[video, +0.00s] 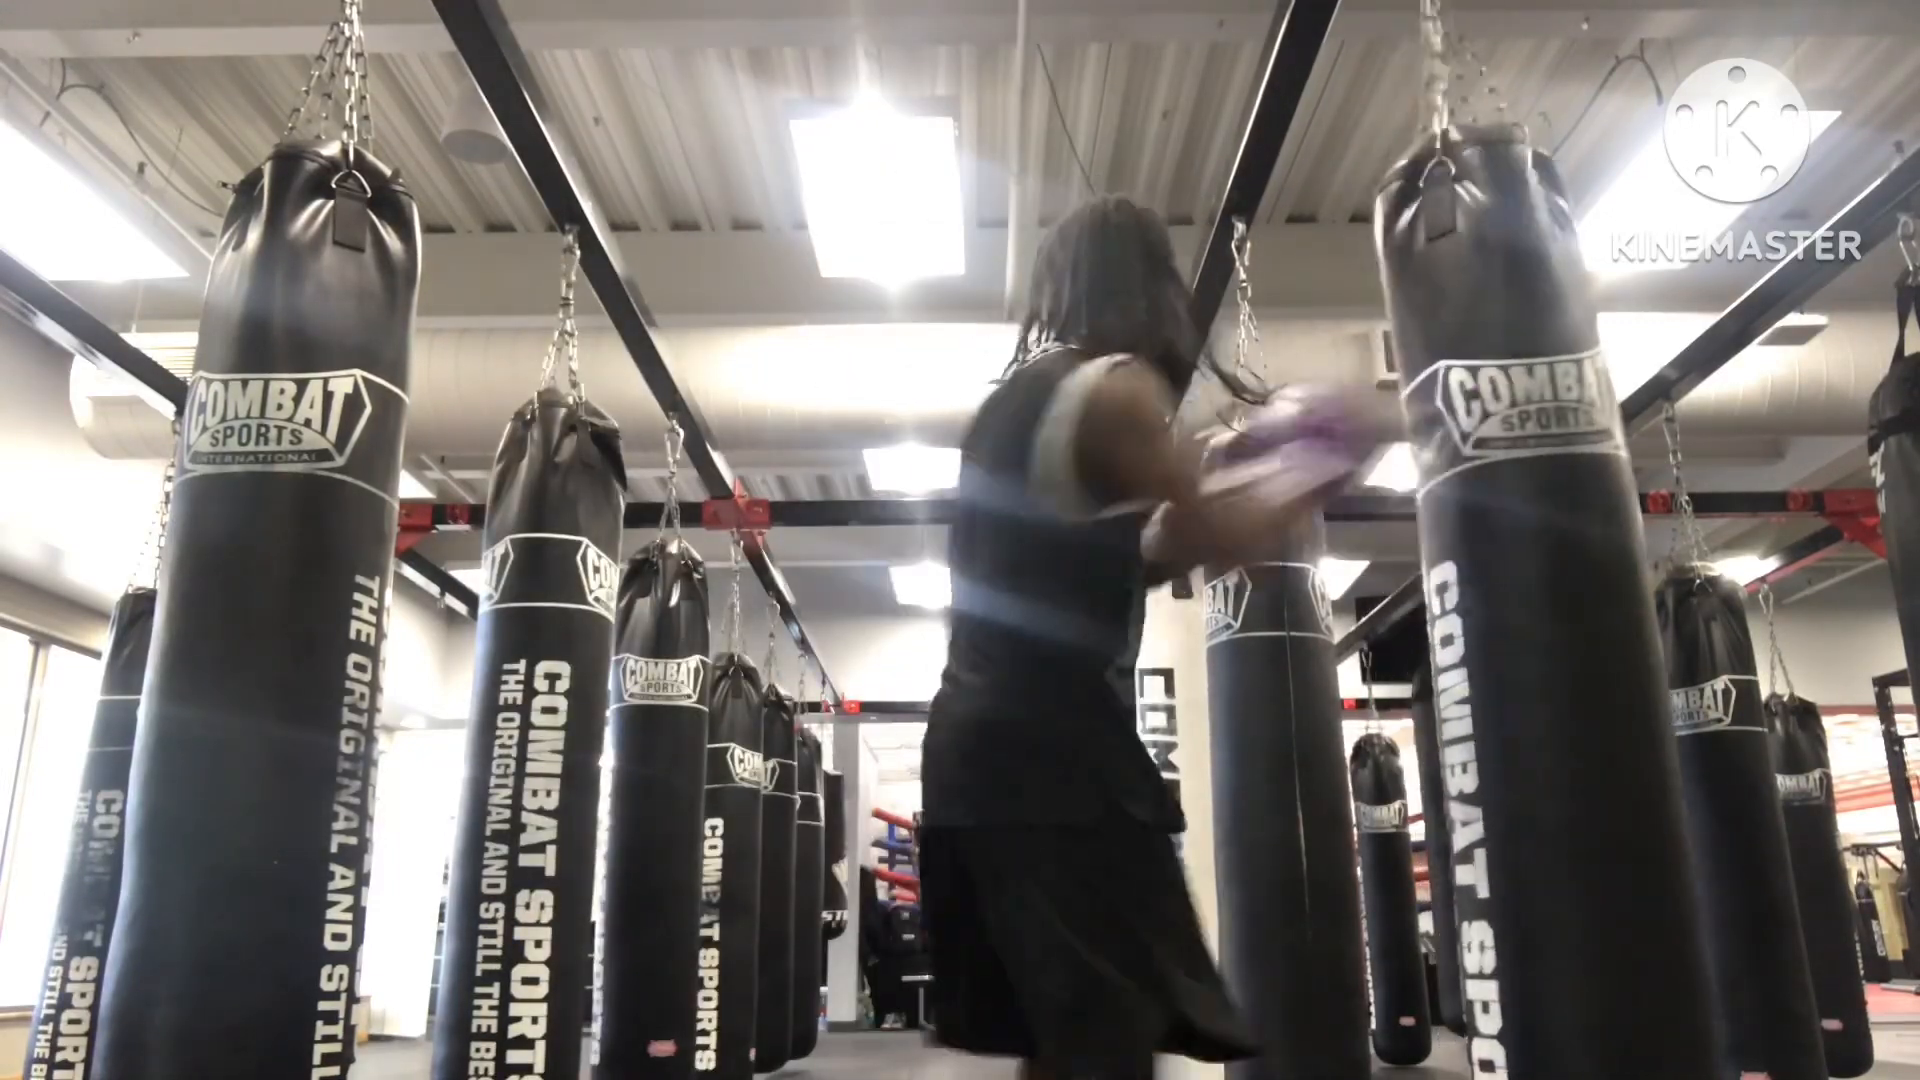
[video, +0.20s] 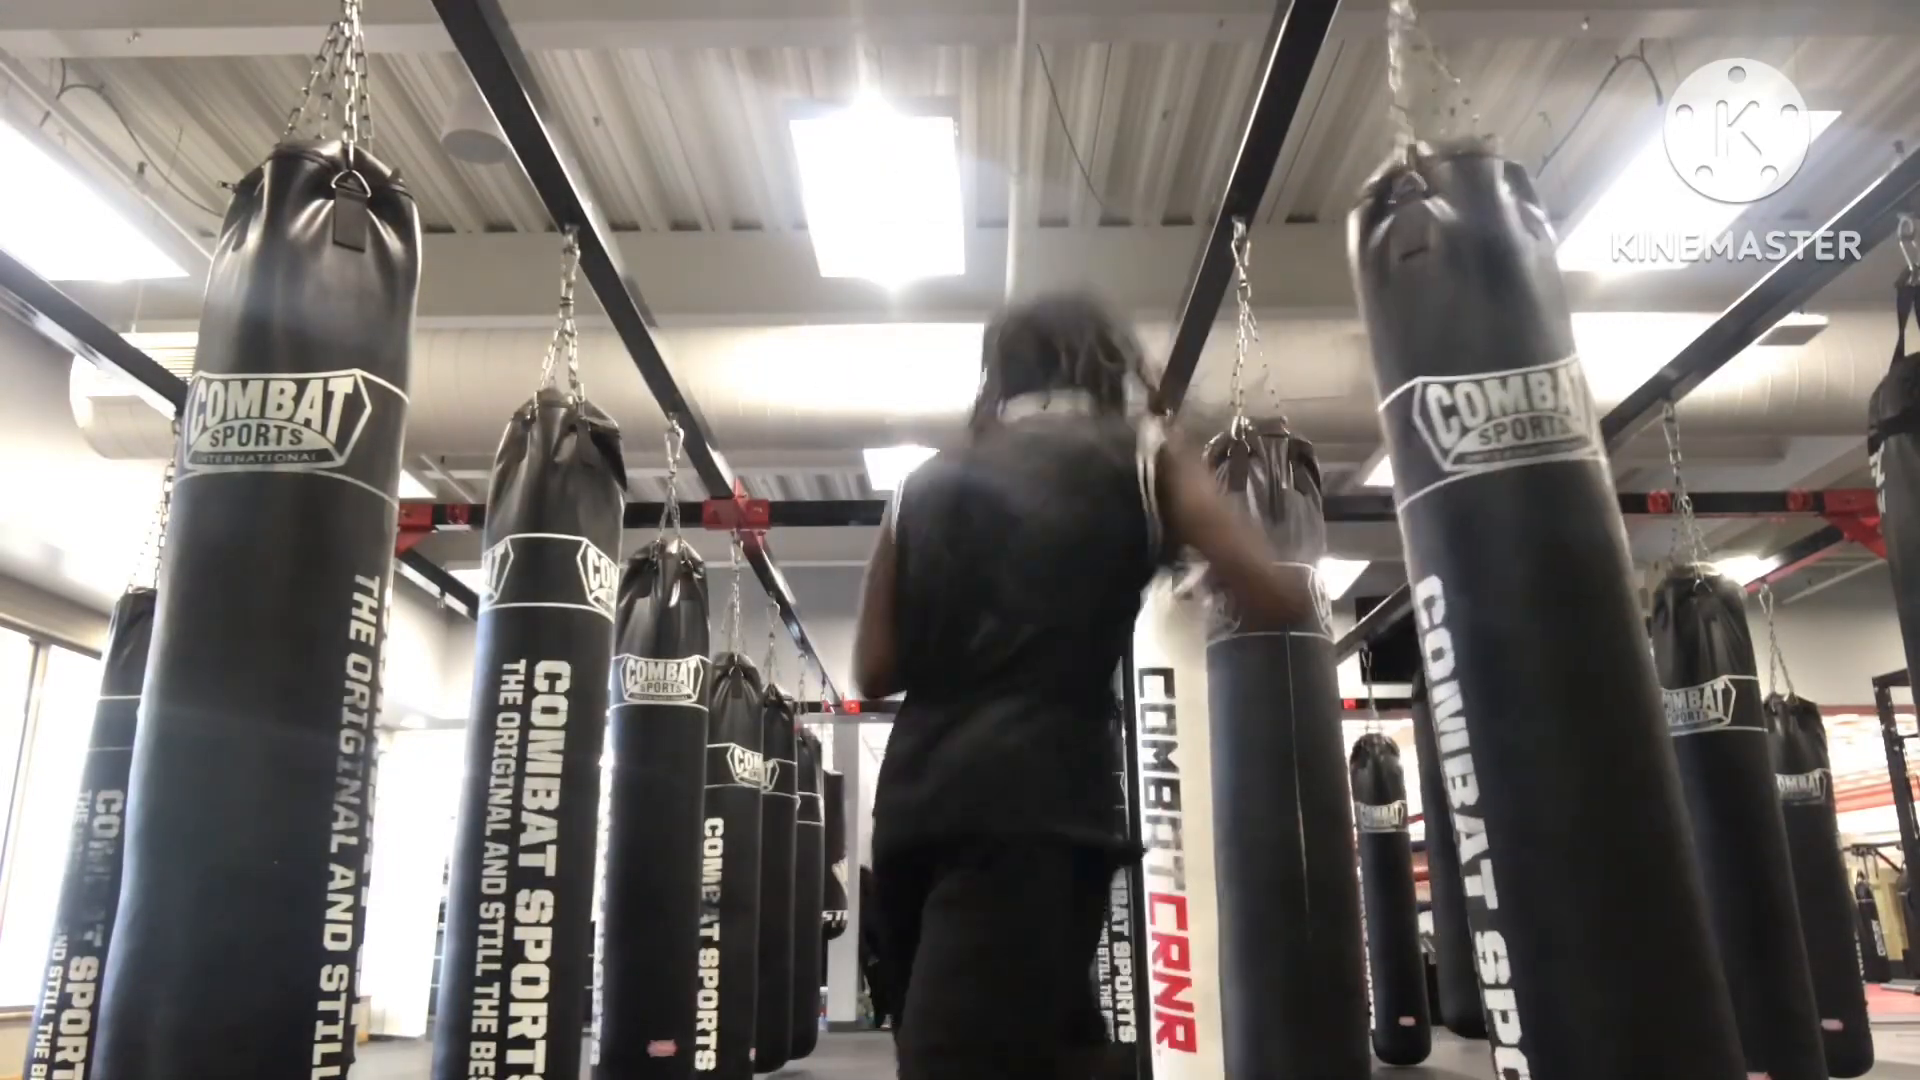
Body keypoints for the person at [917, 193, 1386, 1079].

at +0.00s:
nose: (1182, 296)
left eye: (1176, 275)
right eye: (1172, 275)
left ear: (1058, 286)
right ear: (1151, 284)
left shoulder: (1012, 400)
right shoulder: (1118, 391)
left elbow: (1099, 562)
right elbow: (1232, 533)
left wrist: (1214, 482)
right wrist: (1323, 467)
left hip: (972, 754)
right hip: (1056, 759)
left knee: (1051, 1037)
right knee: (1112, 1030)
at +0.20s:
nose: (1132, 378)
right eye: (1124, 365)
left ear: (997, 378)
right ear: (1112, 369)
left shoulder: (929, 481)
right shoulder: (1142, 452)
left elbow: (872, 671)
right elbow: (1273, 592)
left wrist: (978, 626)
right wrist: (1248, 594)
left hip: (917, 815)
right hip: (1052, 810)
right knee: (954, 1053)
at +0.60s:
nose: (1172, 377)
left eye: (1169, 358)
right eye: (1158, 355)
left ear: (1082, 361)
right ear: (1110, 358)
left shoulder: (1082, 476)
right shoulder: (1047, 427)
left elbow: (1072, 669)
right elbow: (1123, 573)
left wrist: (1217, 665)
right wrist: (1211, 533)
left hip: (1068, 807)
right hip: (990, 797)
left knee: (1163, 1054)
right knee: (948, 1051)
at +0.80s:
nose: (1142, 348)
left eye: (1135, 325)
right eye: (1124, 325)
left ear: (1048, 340)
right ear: (1068, 336)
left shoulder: (1088, 454)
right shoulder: (973, 421)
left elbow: (1187, 509)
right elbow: (975, 589)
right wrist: (1097, 538)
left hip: (1044, 763)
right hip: (932, 767)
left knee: (1122, 1051)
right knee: (874, 1053)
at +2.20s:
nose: (902, 305)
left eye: (891, 281)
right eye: (877, 278)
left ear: (816, 296)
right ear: (821, 285)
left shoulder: (841, 428)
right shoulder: (727, 379)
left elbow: (844, 642)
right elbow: (742, 549)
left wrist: (927, 552)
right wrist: (884, 484)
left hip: (847, 770)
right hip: (733, 774)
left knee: (927, 1042)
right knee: (706, 1049)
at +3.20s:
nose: (1017, 283)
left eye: (1017, 258)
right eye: (1006, 249)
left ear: (931, 247)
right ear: (948, 233)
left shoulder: (927, 373)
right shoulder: (859, 294)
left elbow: (994, 587)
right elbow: (935, 481)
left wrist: (1029, 470)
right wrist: (1040, 407)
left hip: (941, 752)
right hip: (852, 745)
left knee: (1008, 1042)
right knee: (843, 1042)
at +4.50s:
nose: (1037, 172)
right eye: (1029, 148)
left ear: (897, 164)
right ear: (1003, 146)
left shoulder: (880, 298)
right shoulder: (961, 245)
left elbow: (987, 483)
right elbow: (1047, 482)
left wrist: (1100, 413)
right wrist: (1147, 430)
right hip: (931, 772)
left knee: (1086, 1045)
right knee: (954, 1052)